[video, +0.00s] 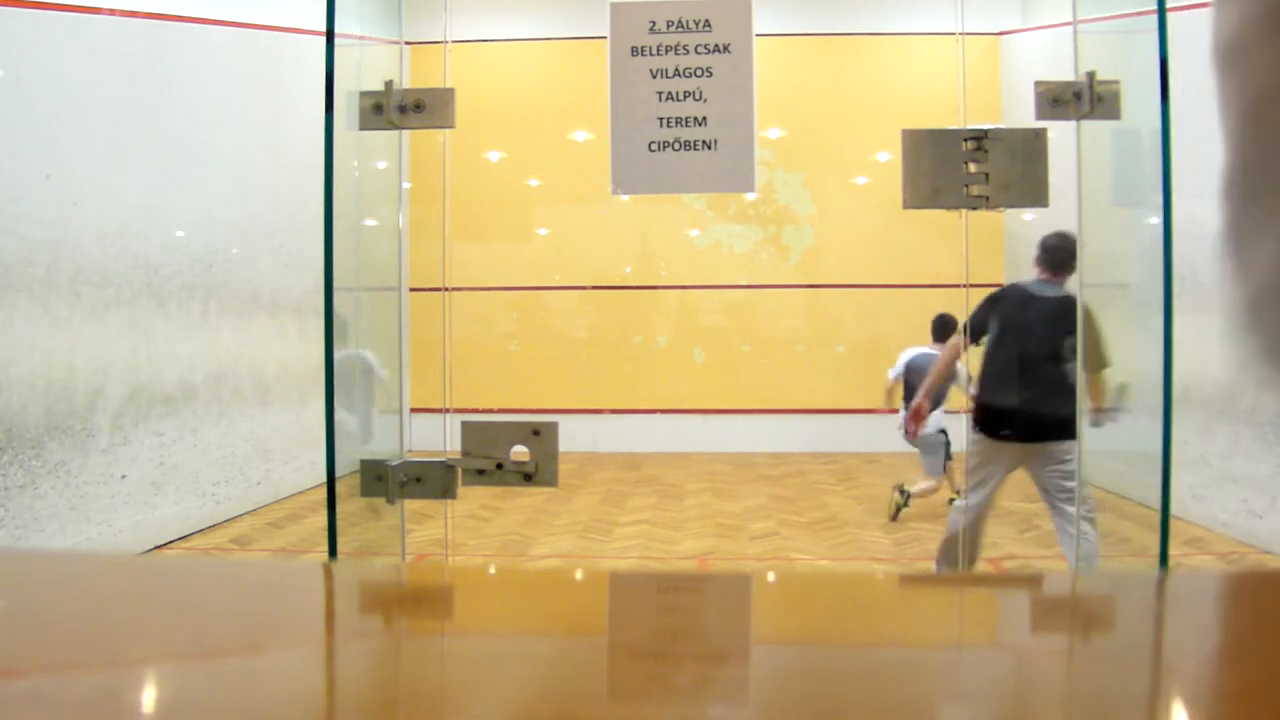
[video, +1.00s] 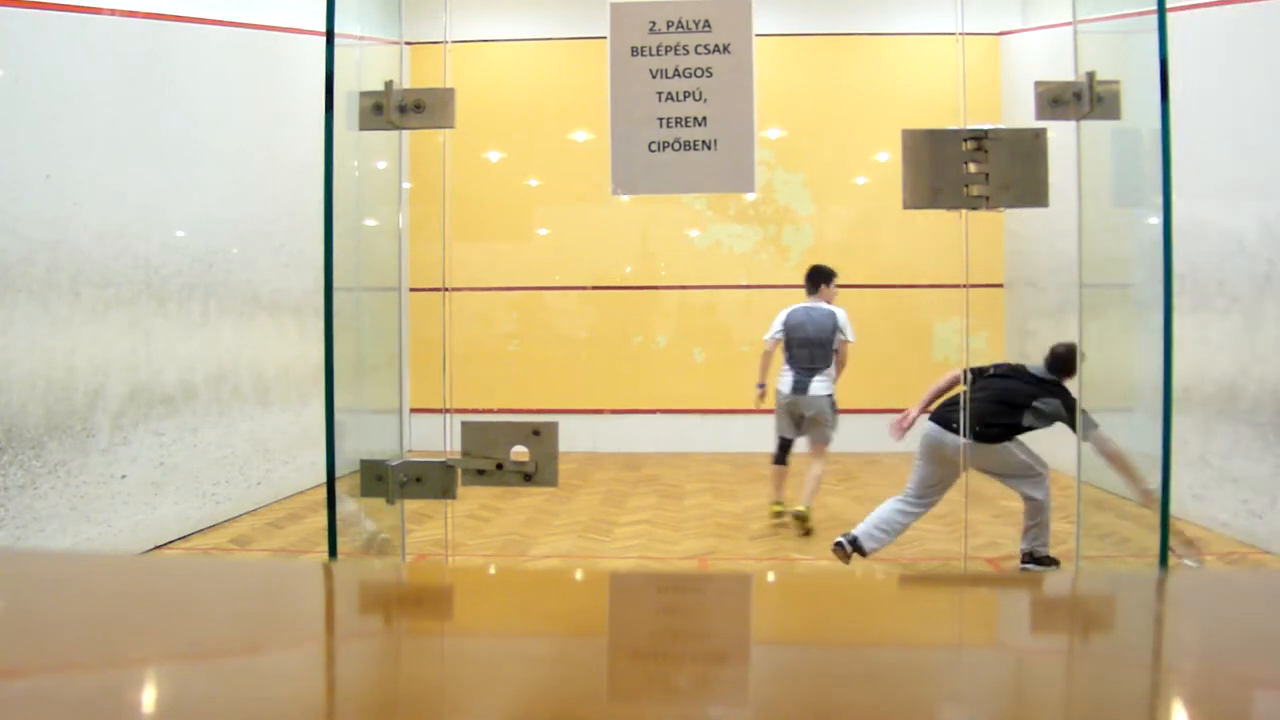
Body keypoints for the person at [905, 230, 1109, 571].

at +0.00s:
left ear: (1037, 261)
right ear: (1072, 269)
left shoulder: (1004, 298)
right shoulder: (1076, 310)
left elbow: (956, 345)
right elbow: (1093, 367)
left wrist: (923, 396)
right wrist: (1098, 406)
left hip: (995, 425)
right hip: (1052, 428)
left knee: (971, 504)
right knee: (1075, 513)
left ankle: (947, 585)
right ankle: (1088, 596)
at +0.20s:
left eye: (986, 268)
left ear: (985, 272)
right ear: (1018, 278)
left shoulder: (954, 307)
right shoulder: (1024, 320)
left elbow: (910, 355)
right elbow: (1039, 379)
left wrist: (885, 402)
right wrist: (1045, 417)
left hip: (949, 421)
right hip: (1002, 422)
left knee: (945, 497)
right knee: (1025, 501)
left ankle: (945, 570)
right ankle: (1046, 574)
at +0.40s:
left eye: (955, 275)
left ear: (953, 279)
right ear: (985, 286)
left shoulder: (925, 310)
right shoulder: (992, 322)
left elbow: (889, 353)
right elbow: (1016, 382)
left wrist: (871, 402)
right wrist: (1032, 427)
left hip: (925, 410)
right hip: (977, 414)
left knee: (901, 476)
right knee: (997, 483)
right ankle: (1012, 557)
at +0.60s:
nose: (989, 328)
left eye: (982, 320)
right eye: (989, 323)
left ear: (957, 321)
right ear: (986, 327)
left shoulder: (927, 347)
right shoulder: (988, 363)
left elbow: (895, 379)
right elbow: (1033, 412)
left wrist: (883, 420)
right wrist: (1080, 444)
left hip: (911, 442)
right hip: (962, 447)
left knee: (872, 493)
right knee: (1002, 488)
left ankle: (839, 553)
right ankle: (1023, 551)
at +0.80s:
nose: (1060, 370)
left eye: (1053, 360)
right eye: (1060, 366)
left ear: (1030, 356)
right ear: (1055, 369)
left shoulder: (995, 366)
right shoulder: (1050, 400)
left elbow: (946, 373)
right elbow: (1104, 424)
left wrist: (911, 406)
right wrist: (1150, 432)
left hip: (930, 435)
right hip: (976, 447)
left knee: (889, 496)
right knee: (1024, 482)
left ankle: (843, 555)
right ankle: (1032, 553)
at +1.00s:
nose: (1076, 374)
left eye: (1070, 367)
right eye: (1077, 370)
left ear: (1046, 361)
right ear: (1072, 372)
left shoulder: (1012, 369)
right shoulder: (1063, 401)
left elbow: (955, 377)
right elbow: (1107, 450)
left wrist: (914, 412)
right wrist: (1142, 489)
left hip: (939, 430)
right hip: (983, 442)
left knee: (916, 496)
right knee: (1036, 476)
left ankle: (855, 540)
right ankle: (1034, 552)